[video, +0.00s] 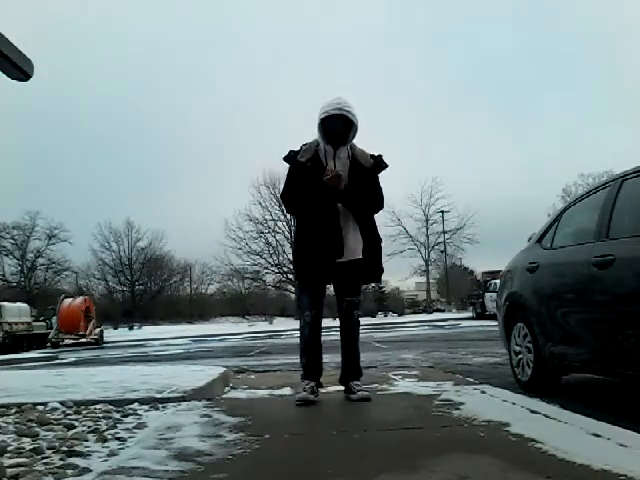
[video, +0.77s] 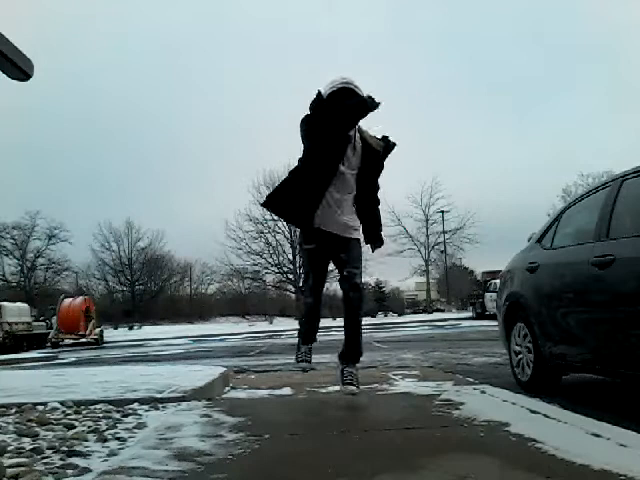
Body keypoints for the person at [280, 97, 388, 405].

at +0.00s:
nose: (336, 132)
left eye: (343, 126)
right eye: (330, 125)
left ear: (353, 129)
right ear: (320, 127)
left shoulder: (365, 164)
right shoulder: (304, 162)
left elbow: (375, 204)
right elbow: (291, 202)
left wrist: (344, 189)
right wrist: (324, 189)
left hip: (352, 254)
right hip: (312, 253)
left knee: (350, 317)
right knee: (310, 318)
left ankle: (352, 381)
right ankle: (310, 382)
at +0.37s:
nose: (331, 126)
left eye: (337, 120)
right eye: (325, 120)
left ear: (348, 123)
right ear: (316, 123)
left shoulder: (366, 157)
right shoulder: (303, 158)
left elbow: (387, 193)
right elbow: (285, 200)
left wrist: (361, 196)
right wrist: (307, 183)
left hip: (353, 252)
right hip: (314, 252)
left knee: (350, 317)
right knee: (317, 318)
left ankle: (352, 381)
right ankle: (318, 383)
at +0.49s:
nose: (330, 130)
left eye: (336, 124)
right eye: (324, 124)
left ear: (345, 128)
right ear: (314, 128)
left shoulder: (361, 164)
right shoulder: (301, 164)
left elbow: (371, 207)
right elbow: (286, 206)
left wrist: (371, 235)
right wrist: (297, 212)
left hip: (354, 256)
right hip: (319, 257)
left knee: (361, 314)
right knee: (325, 322)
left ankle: (359, 373)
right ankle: (321, 383)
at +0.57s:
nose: (333, 134)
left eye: (339, 128)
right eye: (327, 128)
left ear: (348, 132)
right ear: (318, 131)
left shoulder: (361, 168)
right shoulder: (302, 163)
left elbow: (371, 217)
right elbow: (279, 201)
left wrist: (376, 260)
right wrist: (297, 170)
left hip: (350, 247)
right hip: (314, 252)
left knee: (360, 290)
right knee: (318, 322)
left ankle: (358, 344)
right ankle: (320, 384)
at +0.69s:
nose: (343, 111)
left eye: (348, 106)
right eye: (337, 105)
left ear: (357, 112)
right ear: (326, 108)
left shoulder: (365, 147)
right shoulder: (314, 131)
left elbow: (372, 191)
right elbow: (299, 122)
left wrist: (375, 226)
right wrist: (310, 113)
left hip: (348, 226)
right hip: (315, 225)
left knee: (356, 274)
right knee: (316, 295)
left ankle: (349, 337)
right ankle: (316, 363)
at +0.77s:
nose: (347, 112)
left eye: (351, 106)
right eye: (343, 105)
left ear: (357, 110)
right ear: (330, 104)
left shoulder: (369, 147)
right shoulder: (315, 130)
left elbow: (369, 193)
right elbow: (331, 123)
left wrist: (374, 231)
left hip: (350, 228)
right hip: (316, 223)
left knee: (354, 293)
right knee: (313, 291)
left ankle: (350, 363)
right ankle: (306, 344)